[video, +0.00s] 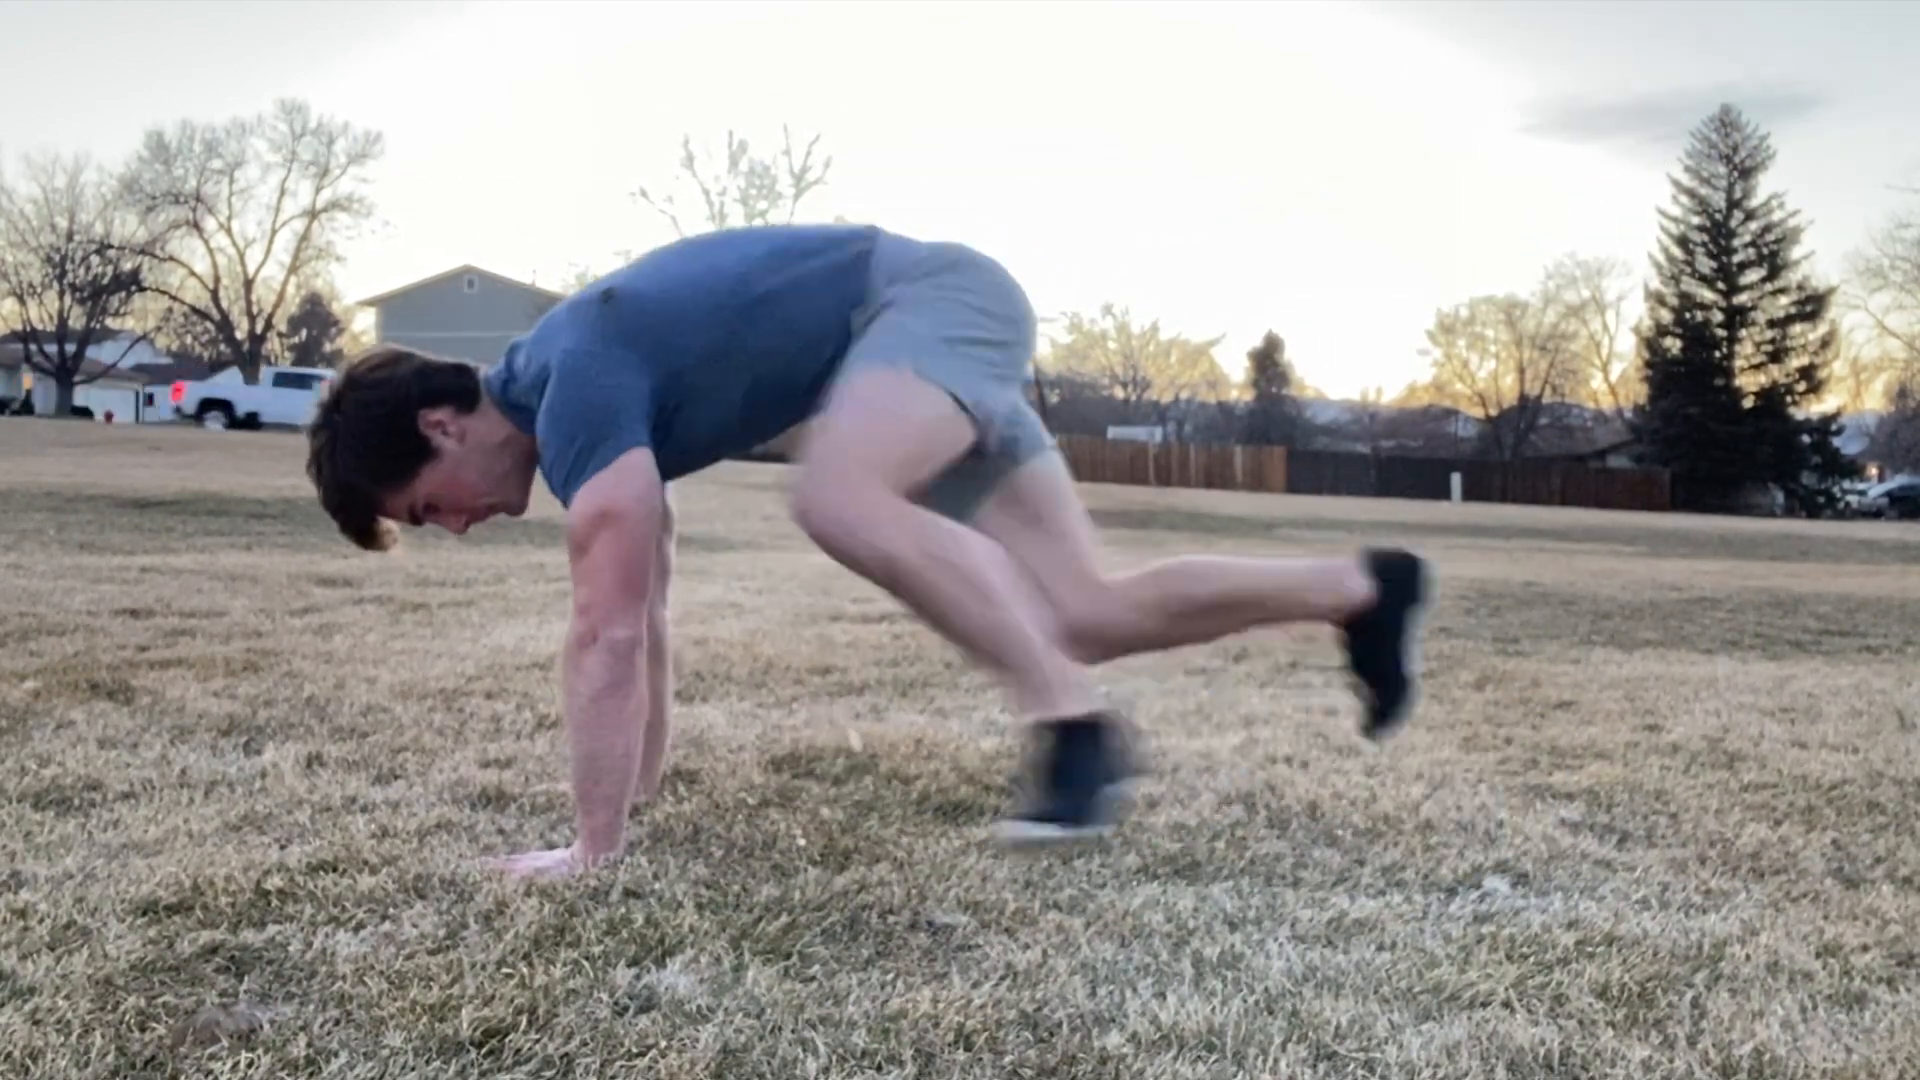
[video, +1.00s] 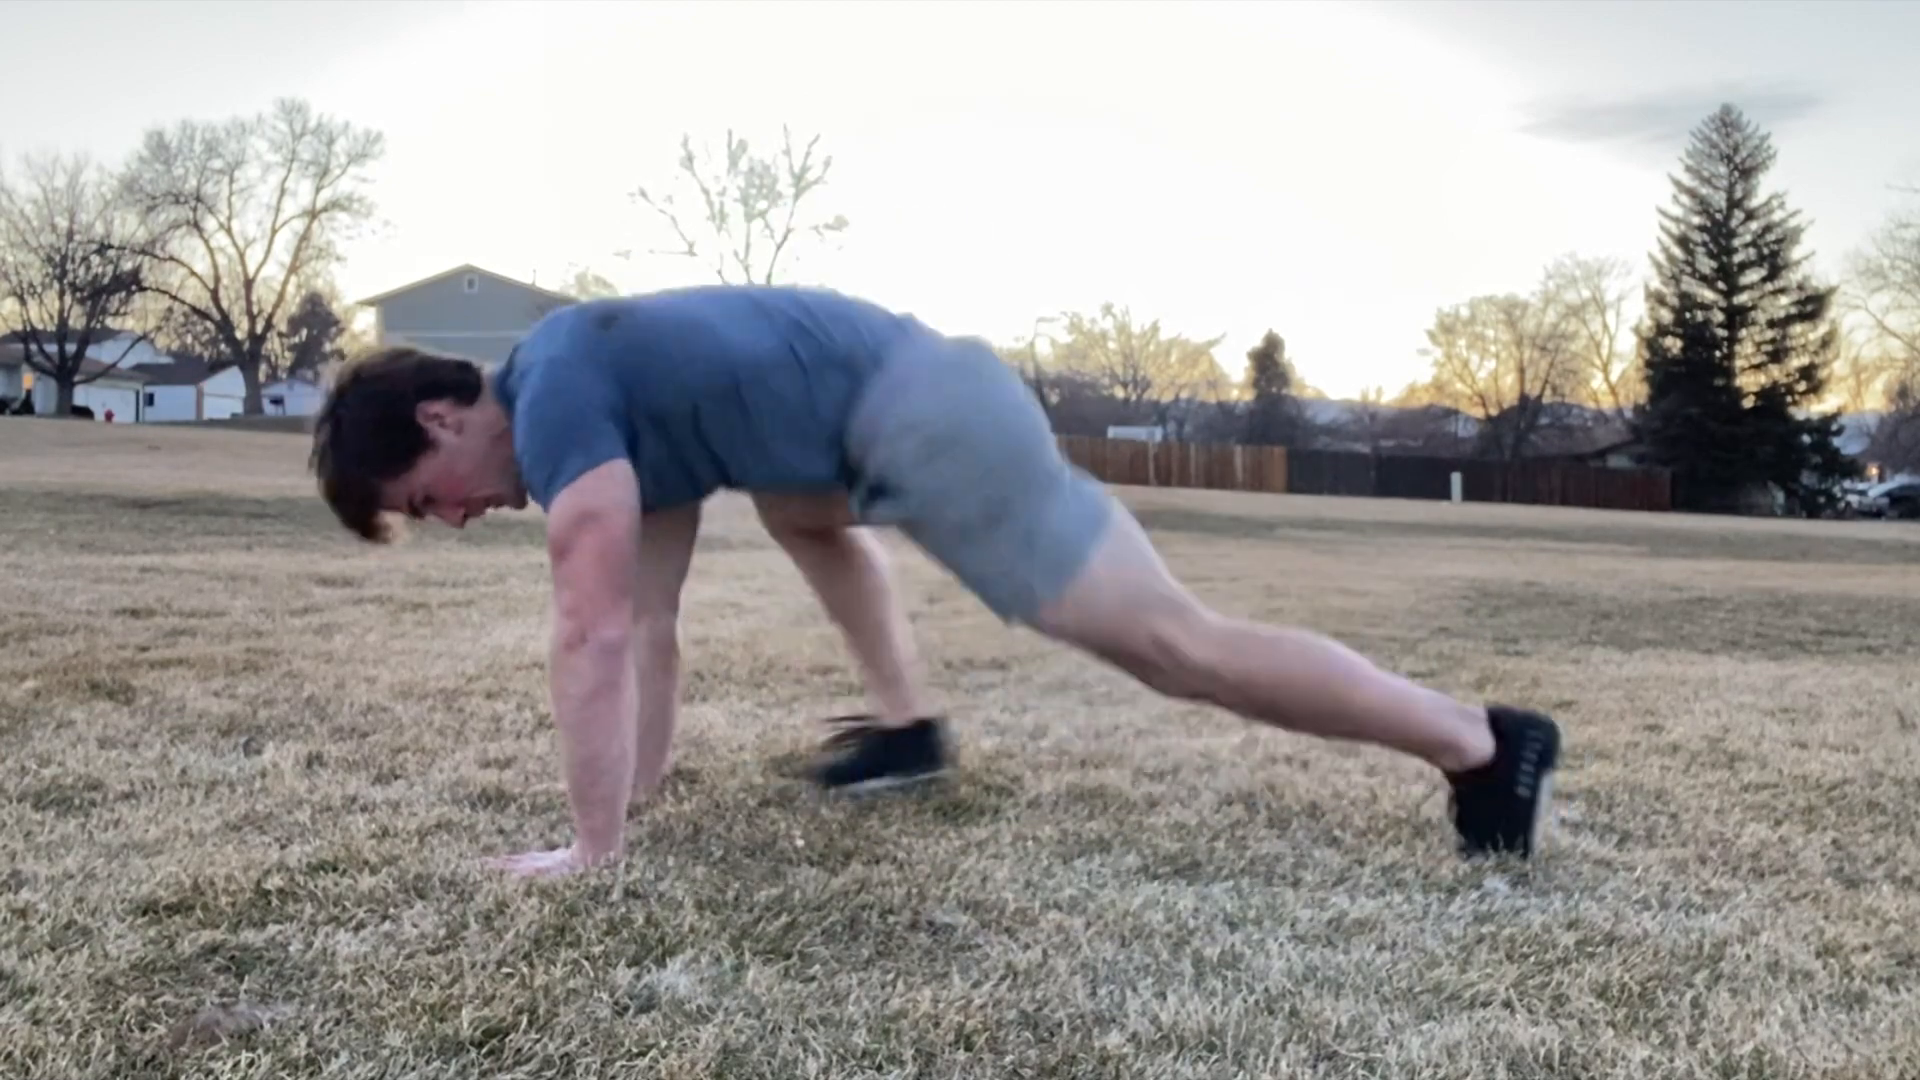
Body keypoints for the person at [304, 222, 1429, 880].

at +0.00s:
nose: (453, 528)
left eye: (427, 509)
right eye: (425, 523)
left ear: (440, 432)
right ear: (447, 426)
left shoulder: (578, 372)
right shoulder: (573, 387)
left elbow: (610, 628)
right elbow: (635, 607)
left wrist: (590, 843)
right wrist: (644, 777)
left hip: (935, 296)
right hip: (928, 348)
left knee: (838, 494)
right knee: (1080, 610)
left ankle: (1073, 720)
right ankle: (1362, 589)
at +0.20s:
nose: (466, 499)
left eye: (444, 475)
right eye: (442, 491)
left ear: (470, 401)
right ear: (477, 403)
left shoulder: (623, 370)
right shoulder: (604, 415)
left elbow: (625, 627)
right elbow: (631, 641)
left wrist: (579, 846)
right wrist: (601, 837)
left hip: (968, 421)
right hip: (957, 503)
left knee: (719, 483)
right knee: (1150, 698)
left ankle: (778, 821)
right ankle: (1463, 753)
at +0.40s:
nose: (462, 522)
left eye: (438, 500)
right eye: (437, 516)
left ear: (454, 425)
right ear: (459, 428)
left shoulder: (601, 366)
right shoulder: (586, 400)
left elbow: (622, 638)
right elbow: (631, 631)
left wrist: (593, 849)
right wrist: (616, 803)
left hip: (955, 334)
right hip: (961, 386)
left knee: (763, 456)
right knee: (1140, 607)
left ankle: (942, 765)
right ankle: (1422, 727)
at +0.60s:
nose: (462, 530)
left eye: (430, 513)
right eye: (431, 526)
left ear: (439, 439)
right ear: (449, 425)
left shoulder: (565, 375)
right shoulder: (592, 382)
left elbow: (603, 625)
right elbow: (641, 609)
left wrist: (591, 844)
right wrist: (639, 787)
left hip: (926, 303)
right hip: (892, 330)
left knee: (1074, 633)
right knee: (861, 530)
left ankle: (1398, 588)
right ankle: (1084, 664)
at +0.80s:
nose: (460, 495)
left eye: (436, 472)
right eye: (435, 487)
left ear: (454, 396)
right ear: (469, 391)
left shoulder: (587, 382)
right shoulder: (608, 376)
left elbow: (629, 627)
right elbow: (638, 624)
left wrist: (598, 837)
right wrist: (608, 822)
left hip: (924, 512)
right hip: (883, 498)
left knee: (1186, 737)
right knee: (719, 519)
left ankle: (1514, 759)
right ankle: (834, 748)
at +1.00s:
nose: (455, 519)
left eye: (428, 497)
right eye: (428, 513)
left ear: (440, 419)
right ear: (453, 421)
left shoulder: (560, 377)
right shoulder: (613, 390)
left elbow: (601, 610)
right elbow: (646, 625)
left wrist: (598, 844)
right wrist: (643, 797)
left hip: (926, 406)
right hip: (899, 412)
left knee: (1173, 645)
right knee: (784, 494)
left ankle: (1485, 743)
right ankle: (902, 723)